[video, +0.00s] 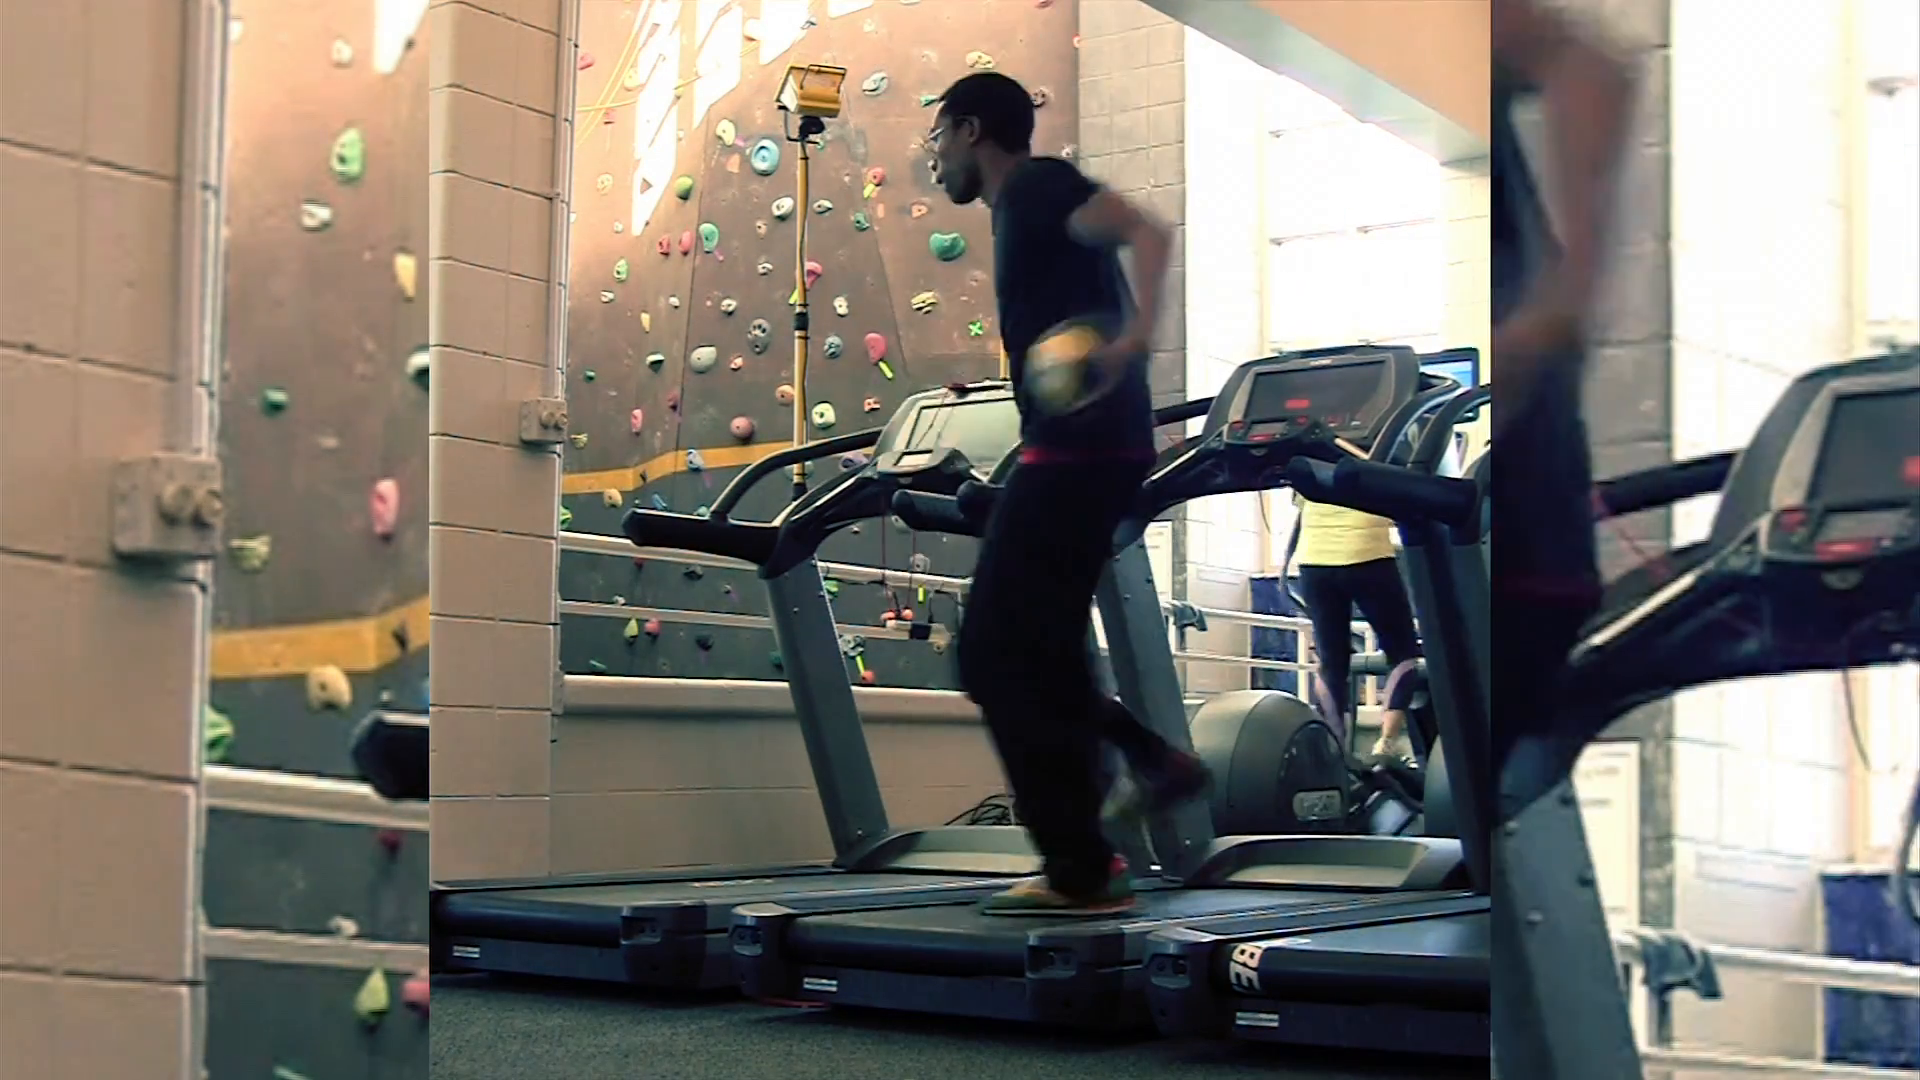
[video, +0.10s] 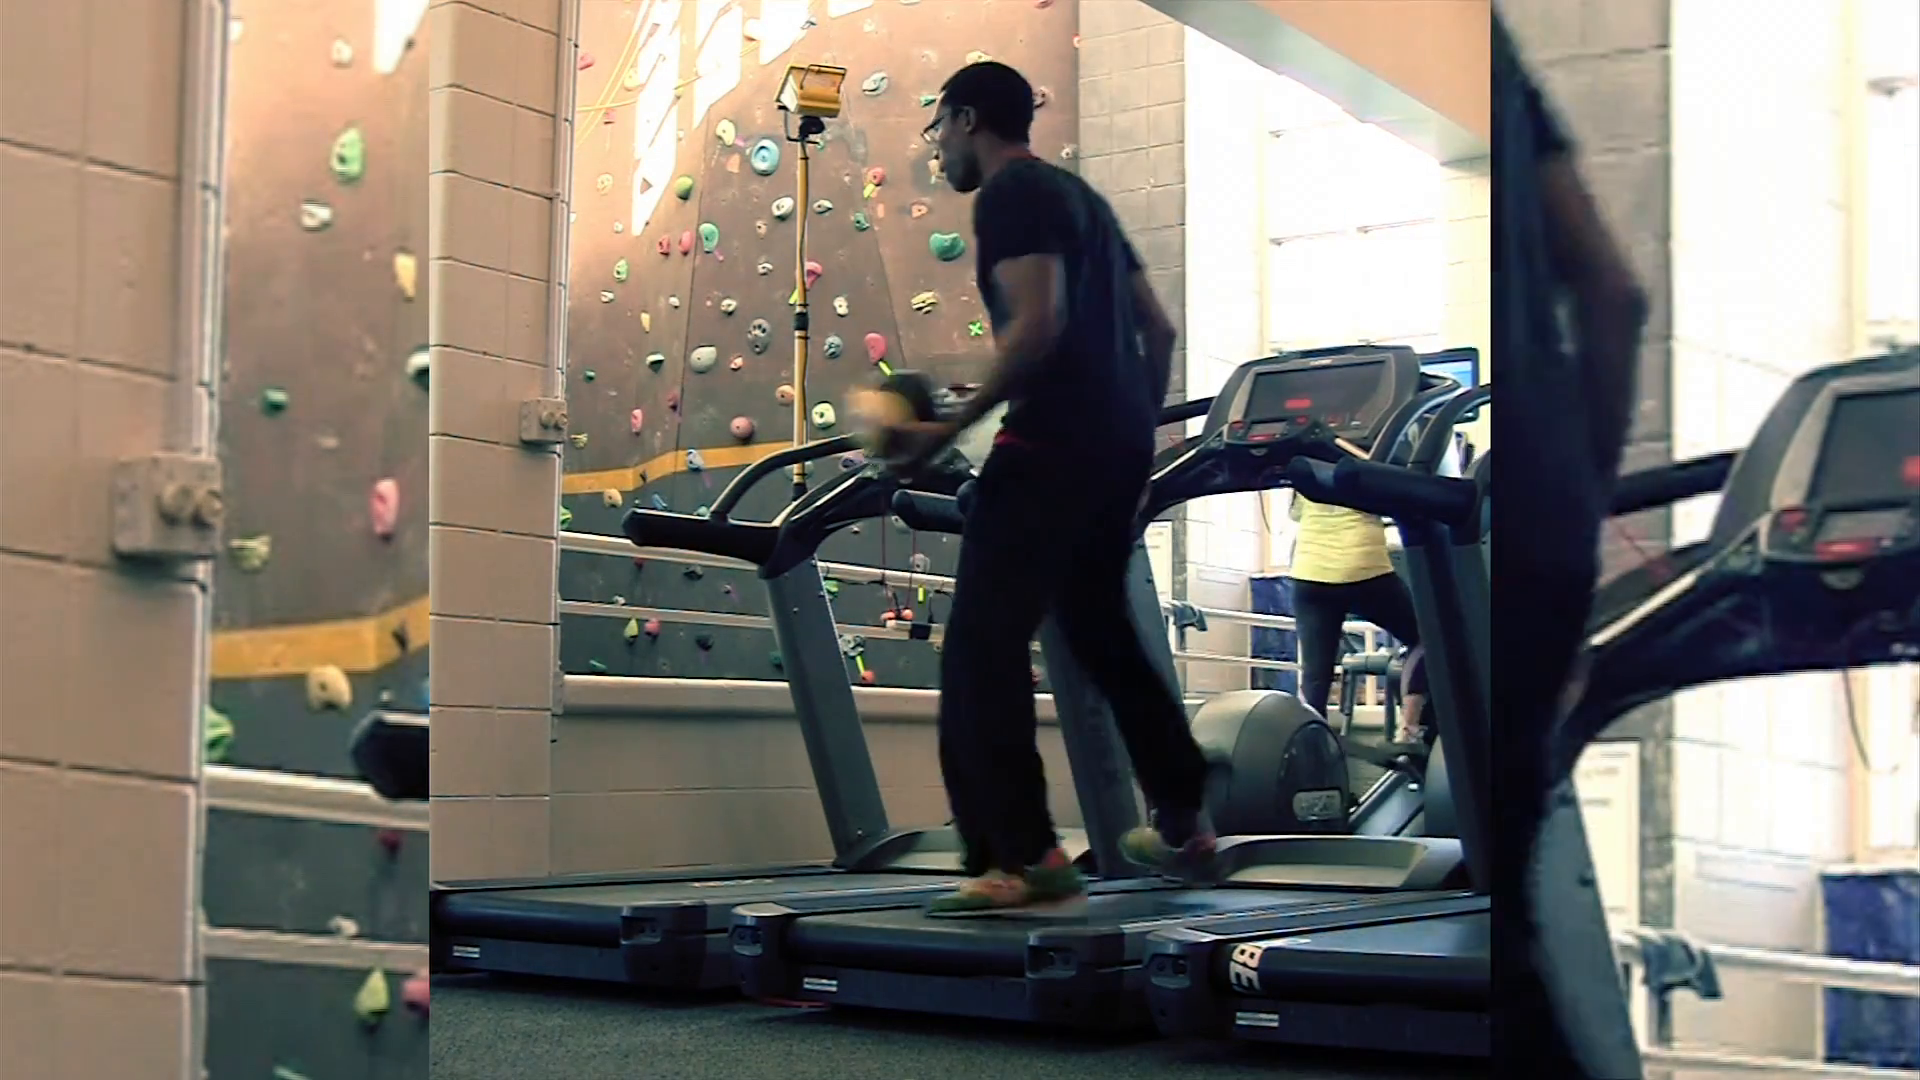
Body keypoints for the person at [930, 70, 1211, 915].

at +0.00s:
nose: (933, 155)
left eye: (939, 136)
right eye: (934, 138)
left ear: (975, 133)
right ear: (993, 134)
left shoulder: (1038, 185)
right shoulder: (1026, 203)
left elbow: (1152, 231)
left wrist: (1136, 334)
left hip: (1078, 457)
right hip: (1075, 455)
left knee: (994, 654)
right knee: (1029, 654)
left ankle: (1078, 871)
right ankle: (1162, 765)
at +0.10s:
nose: (931, 144)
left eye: (939, 126)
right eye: (932, 129)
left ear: (976, 123)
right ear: (1015, 126)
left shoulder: (1011, 191)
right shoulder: (1081, 196)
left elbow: (1037, 324)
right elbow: (1156, 326)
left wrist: (946, 421)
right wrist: (1134, 429)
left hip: (1048, 443)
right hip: (1118, 445)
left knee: (982, 644)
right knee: (1098, 628)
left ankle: (1023, 859)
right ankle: (1188, 830)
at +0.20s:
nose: (941, 140)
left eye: (947, 124)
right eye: (943, 125)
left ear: (977, 121)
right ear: (1027, 120)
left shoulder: (980, 202)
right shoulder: (1118, 186)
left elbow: (911, 346)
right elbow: (1196, 299)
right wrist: (1170, 399)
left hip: (1045, 445)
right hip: (1141, 438)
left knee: (996, 621)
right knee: (1155, 641)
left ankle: (972, 817)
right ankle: (1167, 841)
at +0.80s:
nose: (946, 180)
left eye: (951, 160)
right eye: (943, 163)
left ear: (992, 149)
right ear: (1028, 150)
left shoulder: (993, 232)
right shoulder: (1117, 212)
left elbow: (964, 374)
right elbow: (1189, 321)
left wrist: (857, 390)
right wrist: (1136, 391)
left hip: (1057, 452)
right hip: (1152, 444)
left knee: (1074, 644)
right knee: (1094, 646)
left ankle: (1120, 830)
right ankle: (1003, 828)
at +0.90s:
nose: (943, 180)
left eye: (947, 160)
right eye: (940, 164)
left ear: (990, 147)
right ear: (1023, 148)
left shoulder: (1003, 230)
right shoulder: (1115, 209)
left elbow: (983, 381)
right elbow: (1176, 327)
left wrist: (862, 402)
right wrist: (1120, 397)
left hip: (1064, 457)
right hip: (1159, 445)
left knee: (1071, 648)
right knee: (1111, 649)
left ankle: (1170, 830)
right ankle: (1028, 793)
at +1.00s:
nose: (949, 183)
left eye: (955, 163)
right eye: (946, 167)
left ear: (999, 153)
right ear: (1026, 155)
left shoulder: (1009, 240)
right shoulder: (1117, 220)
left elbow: (983, 396)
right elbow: (1171, 343)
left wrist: (859, 433)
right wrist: (1101, 405)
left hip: (1065, 477)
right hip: (1160, 463)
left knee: (1075, 671)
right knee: (1139, 653)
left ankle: (1160, 849)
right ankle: (1083, 761)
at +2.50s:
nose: (1186, 136)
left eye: (1193, 124)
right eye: (1179, 115)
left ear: (1153, 113)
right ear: (1130, 98)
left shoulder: (1141, 214)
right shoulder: (1042, 168)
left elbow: (1110, 342)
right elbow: (913, 226)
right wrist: (890, 338)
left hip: (1156, 451)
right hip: (1067, 446)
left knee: (1224, 627)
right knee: (1051, 636)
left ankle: (1176, 825)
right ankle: (1034, 838)